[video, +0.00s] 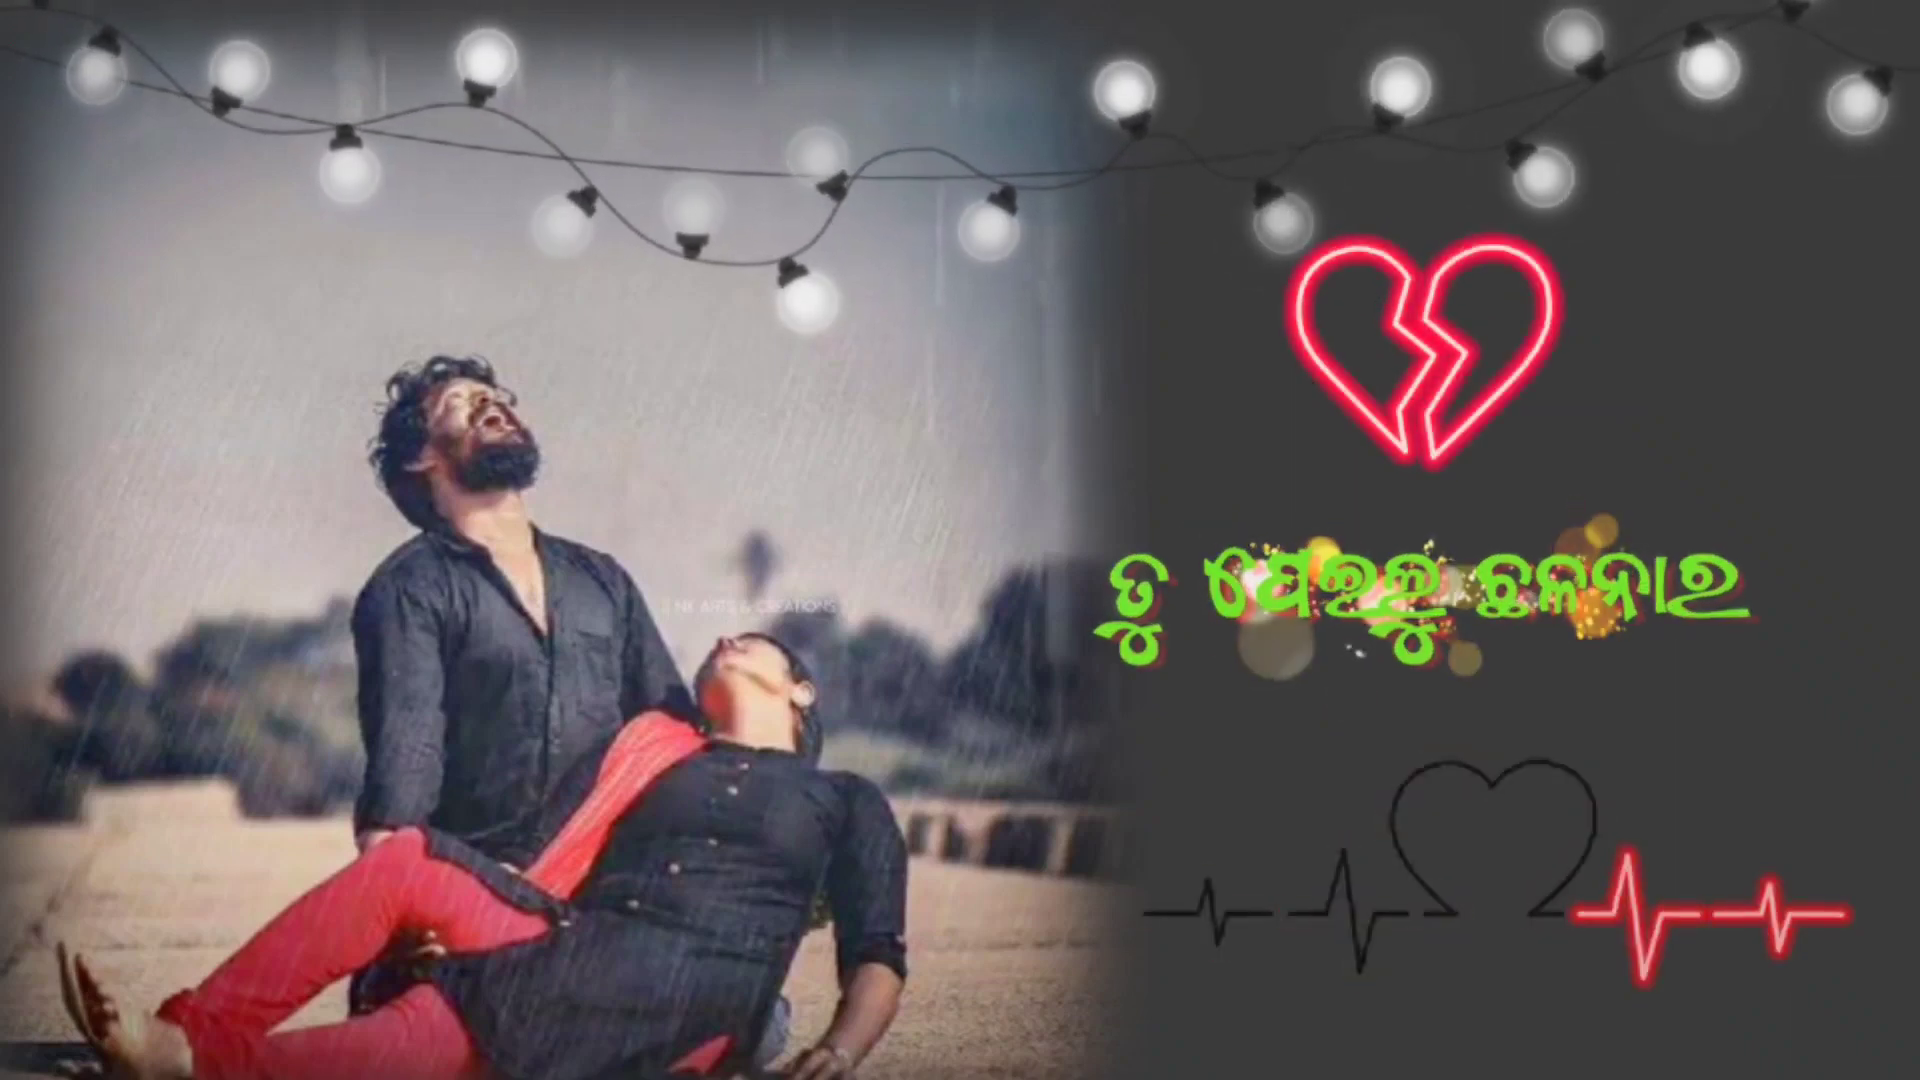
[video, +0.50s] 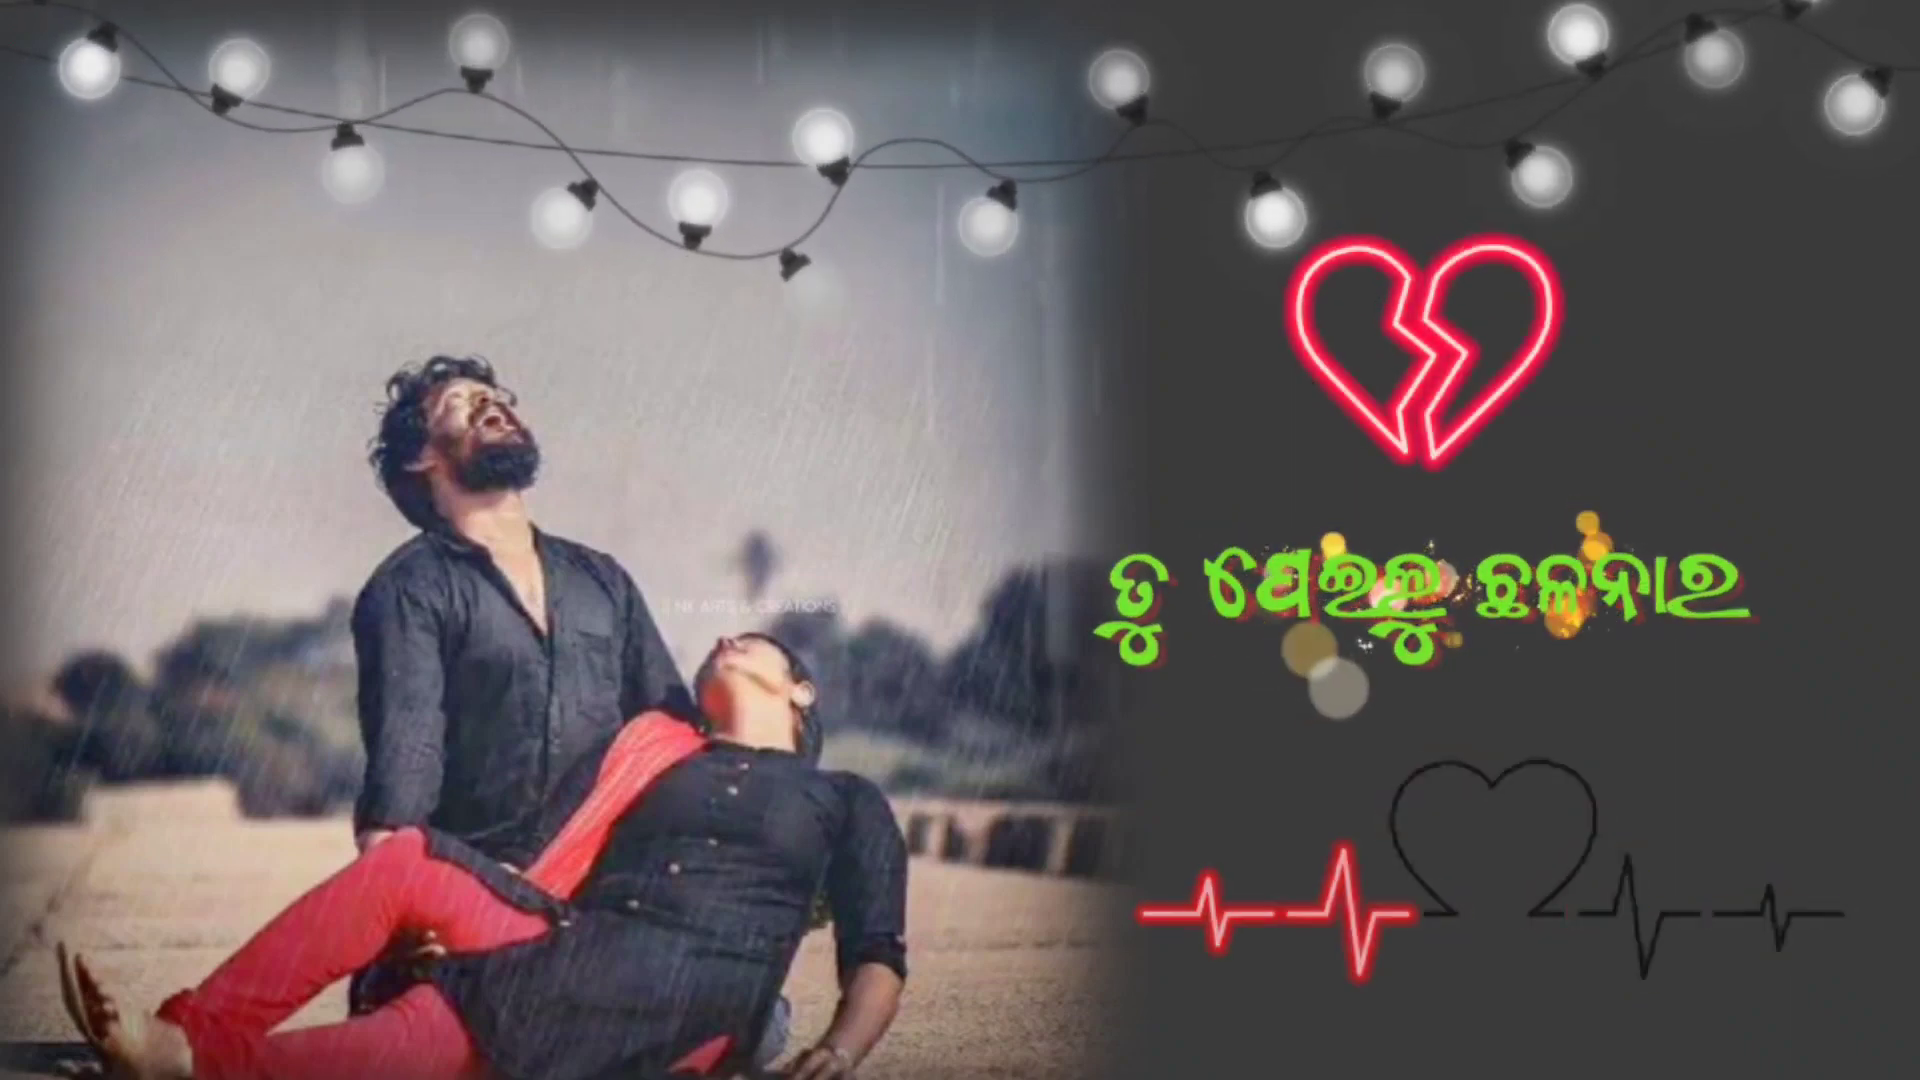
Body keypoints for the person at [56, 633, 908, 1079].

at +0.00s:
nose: (722, 660)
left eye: (749, 656)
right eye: (717, 659)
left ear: (799, 699)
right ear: (709, 698)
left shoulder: (844, 798)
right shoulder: (662, 755)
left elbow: (879, 967)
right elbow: (574, 892)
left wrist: (836, 1063)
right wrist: (455, 949)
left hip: (693, 982)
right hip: (587, 945)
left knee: (451, 1028)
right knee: (400, 859)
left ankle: (187, 1058)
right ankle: (178, 1041)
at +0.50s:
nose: (721, 660)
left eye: (749, 656)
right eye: (717, 659)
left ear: (799, 699)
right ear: (709, 698)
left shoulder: (844, 798)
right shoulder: (662, 755)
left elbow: (879, 967)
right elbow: (574, 892)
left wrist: (836, 1063)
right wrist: (455, 949)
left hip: (693, 982)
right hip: (587, 946)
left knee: (451, 1028)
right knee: (400, 859)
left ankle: (187, 1058)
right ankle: (178, 1041)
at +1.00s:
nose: (721, 660)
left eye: (749, 656)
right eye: (717, 659)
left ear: (799, 699)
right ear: (709, 698)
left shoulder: (844, 798)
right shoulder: (662, 755)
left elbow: (879, 967)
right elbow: (574, 892)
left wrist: (835, 1063)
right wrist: (455, 949)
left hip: (693, 982)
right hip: (587, 945)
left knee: (451, 1028)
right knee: (400, 859)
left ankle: (188, 1058)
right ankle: (177, 1040)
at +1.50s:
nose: (721, 660)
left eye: (749, 656)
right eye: (717, 659)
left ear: (799, 699)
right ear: (709, 698)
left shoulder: (844, 798)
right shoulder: (662, 755)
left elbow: (879, 967)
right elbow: (574, 892)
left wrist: (836, 1063)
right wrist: (455, 949)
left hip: (693, 983)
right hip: (587, 946)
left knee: (451, 1028)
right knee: (400, 859)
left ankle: (187, 1058)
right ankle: (178, 1041)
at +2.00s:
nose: (722, 660)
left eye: (749, 656)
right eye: (717, 659)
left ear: (799, 699)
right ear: (709, 698)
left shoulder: (844, 798)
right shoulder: (662, 755)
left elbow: (879, 967)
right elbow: (574, 892)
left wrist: (836, 1063)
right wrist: (455, 949)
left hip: (693, 982)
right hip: (587, 946)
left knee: (451, 1028)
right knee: (400, 859)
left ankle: (187, 1058)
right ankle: (177, 1040)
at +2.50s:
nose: (721, 660)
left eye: (749, 656)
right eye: (717, 659)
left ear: (799, 699)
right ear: (709, 698)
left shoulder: (844, 798)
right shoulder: (662, 755)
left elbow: (879, 967)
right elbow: (574, 892)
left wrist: (836, 1063)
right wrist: (455, 949)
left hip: (693, 982)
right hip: (587, 945)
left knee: (451, 1028)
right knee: (400, 859)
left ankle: (188, 1058)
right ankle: (178, 1041)